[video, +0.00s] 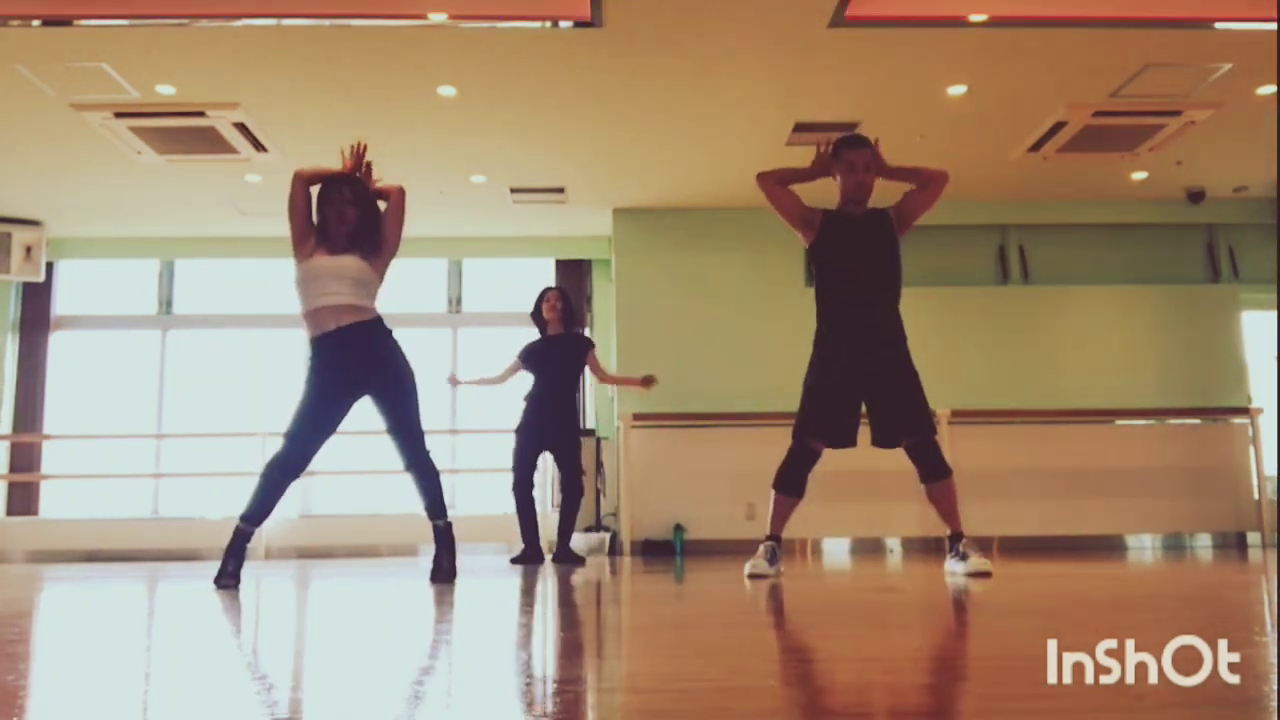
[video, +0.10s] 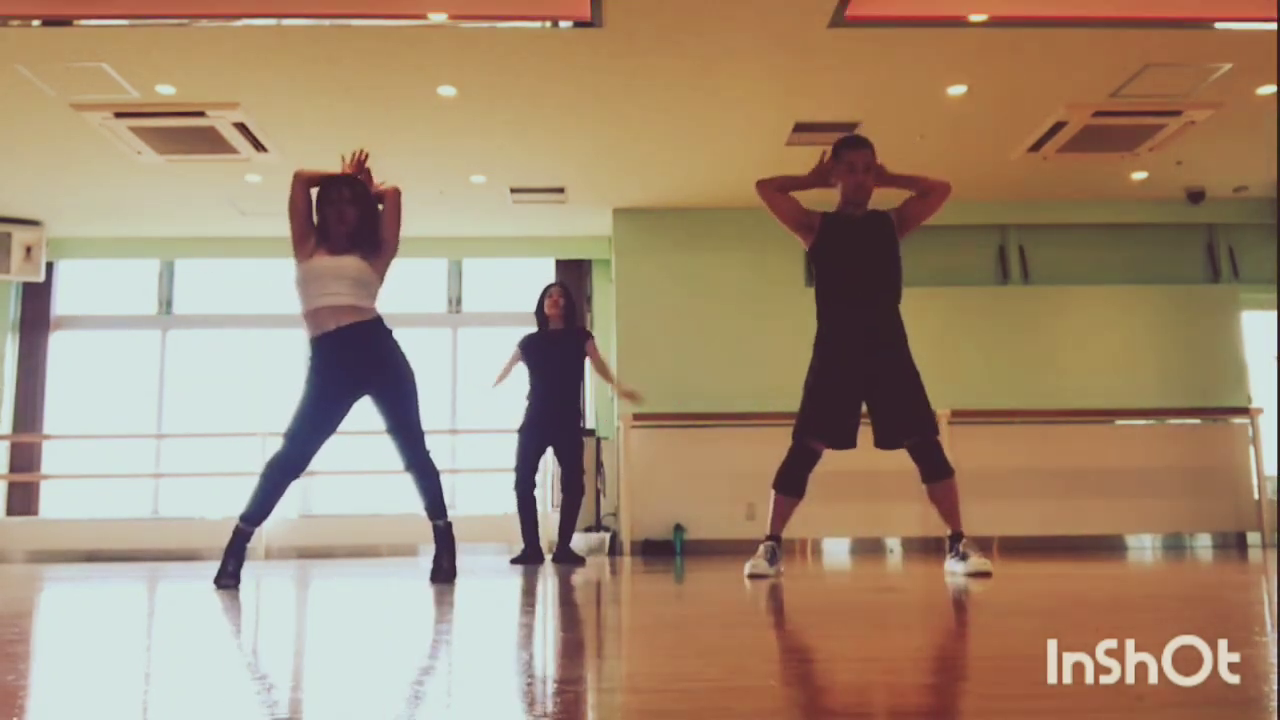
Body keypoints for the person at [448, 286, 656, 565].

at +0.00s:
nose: (552, 304)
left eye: (558, 300)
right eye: (547, 301)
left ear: (566, 307)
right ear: (540, 309)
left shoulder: (580, 342)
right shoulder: (534, 348)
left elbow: (602, 377)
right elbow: (501, 378)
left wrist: (637, 382)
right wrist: (462, 382)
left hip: (565, 423)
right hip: (533, 423)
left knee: (573, 488)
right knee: (521, 484)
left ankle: (562, 548)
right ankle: (532, 548)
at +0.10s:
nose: (556, 301)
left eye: (561, 297)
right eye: (551, 297)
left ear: (569, 304)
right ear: (542, 305)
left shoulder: (580, 336)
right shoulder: (530, 341)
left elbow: (600, 367)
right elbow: (511, 364)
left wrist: (619, 388)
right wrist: (499, 379)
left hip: (568, 421)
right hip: (535, 420)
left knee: (574, 485)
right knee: (523, 483)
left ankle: (563, 548)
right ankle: (531, 548)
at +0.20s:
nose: (559, 288)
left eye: (563, 284)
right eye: (554, 283)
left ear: (569, 290)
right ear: (544, 288)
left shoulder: (580, 320)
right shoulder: (531, 322)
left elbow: (581, 359)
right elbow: (525, 363)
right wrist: (537, 396)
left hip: (571, 402)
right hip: (541, 402)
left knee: (572, 474)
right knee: (534, 474)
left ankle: (567, 541)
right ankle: (533, 543)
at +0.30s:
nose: (558, 288)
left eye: (564, 283)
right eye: (553, 283)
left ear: (571, 288)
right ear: (544, 288)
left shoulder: (583, 321)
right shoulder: (534, 322)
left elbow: (583, 361)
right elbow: (533, 366)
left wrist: (545, 364)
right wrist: (568, 379)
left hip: (575, 399)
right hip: (545, 400)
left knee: (577, 470)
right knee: (539, 468)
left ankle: (576, 537)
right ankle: (546, 537)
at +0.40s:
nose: (560, 301)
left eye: (565, 296)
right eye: (555, 296)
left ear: (574, 302)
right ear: (546, 302)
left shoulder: (586, 339)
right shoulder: (536, 342)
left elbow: (590, 378)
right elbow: (531, 378)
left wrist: (552, 382)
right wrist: (569, 387)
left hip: (578, 413)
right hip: (547, 414)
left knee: (585, 481)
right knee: (543, 483)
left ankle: (582, 544)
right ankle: (554, 544)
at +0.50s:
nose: (562, 322)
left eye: (568, 317)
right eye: (557, 317)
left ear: (577, 324)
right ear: (548, 324)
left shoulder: (589, 359)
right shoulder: (538, 364)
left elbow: (598, 400)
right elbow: (528, 401)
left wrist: (570, 416)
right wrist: (549, 421)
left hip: (582, 431)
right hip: (551, 430)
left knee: (598, 490)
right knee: (536, 491)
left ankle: (585, 547)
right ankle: (553, 547)